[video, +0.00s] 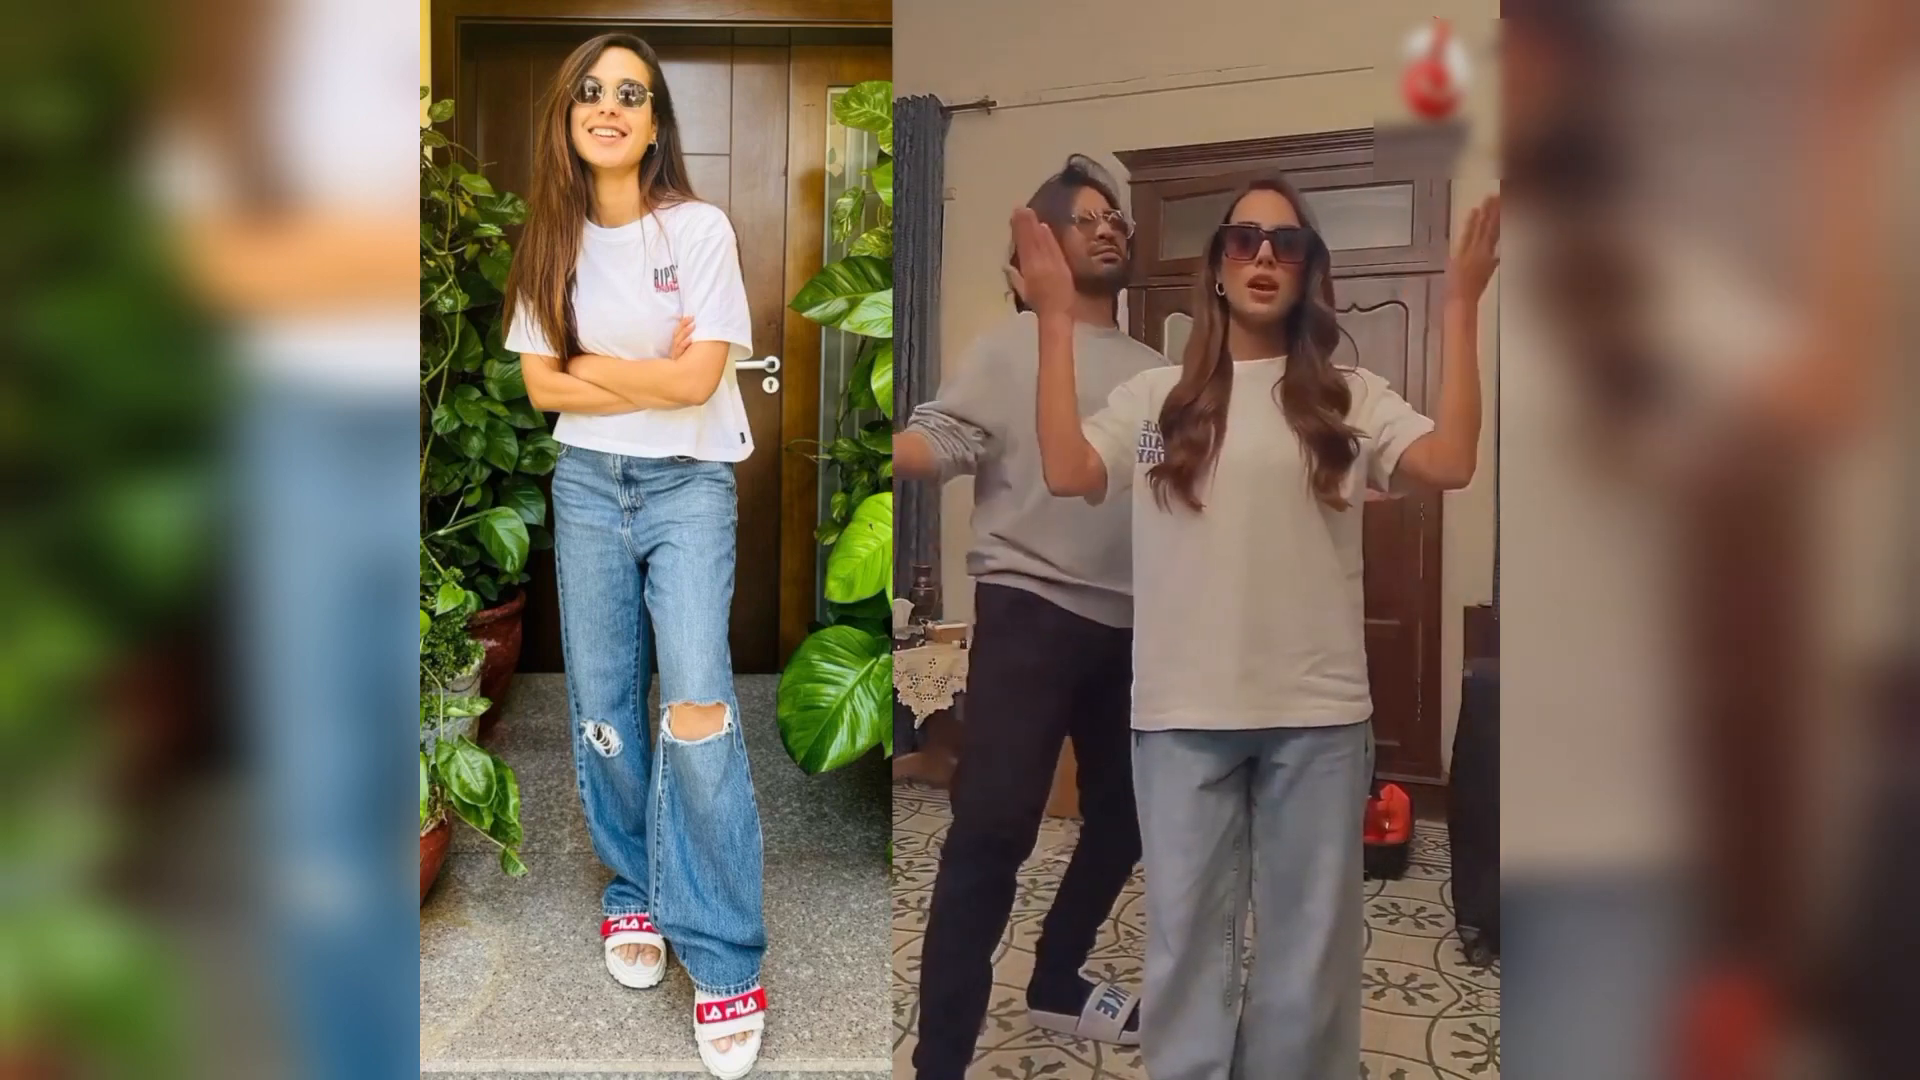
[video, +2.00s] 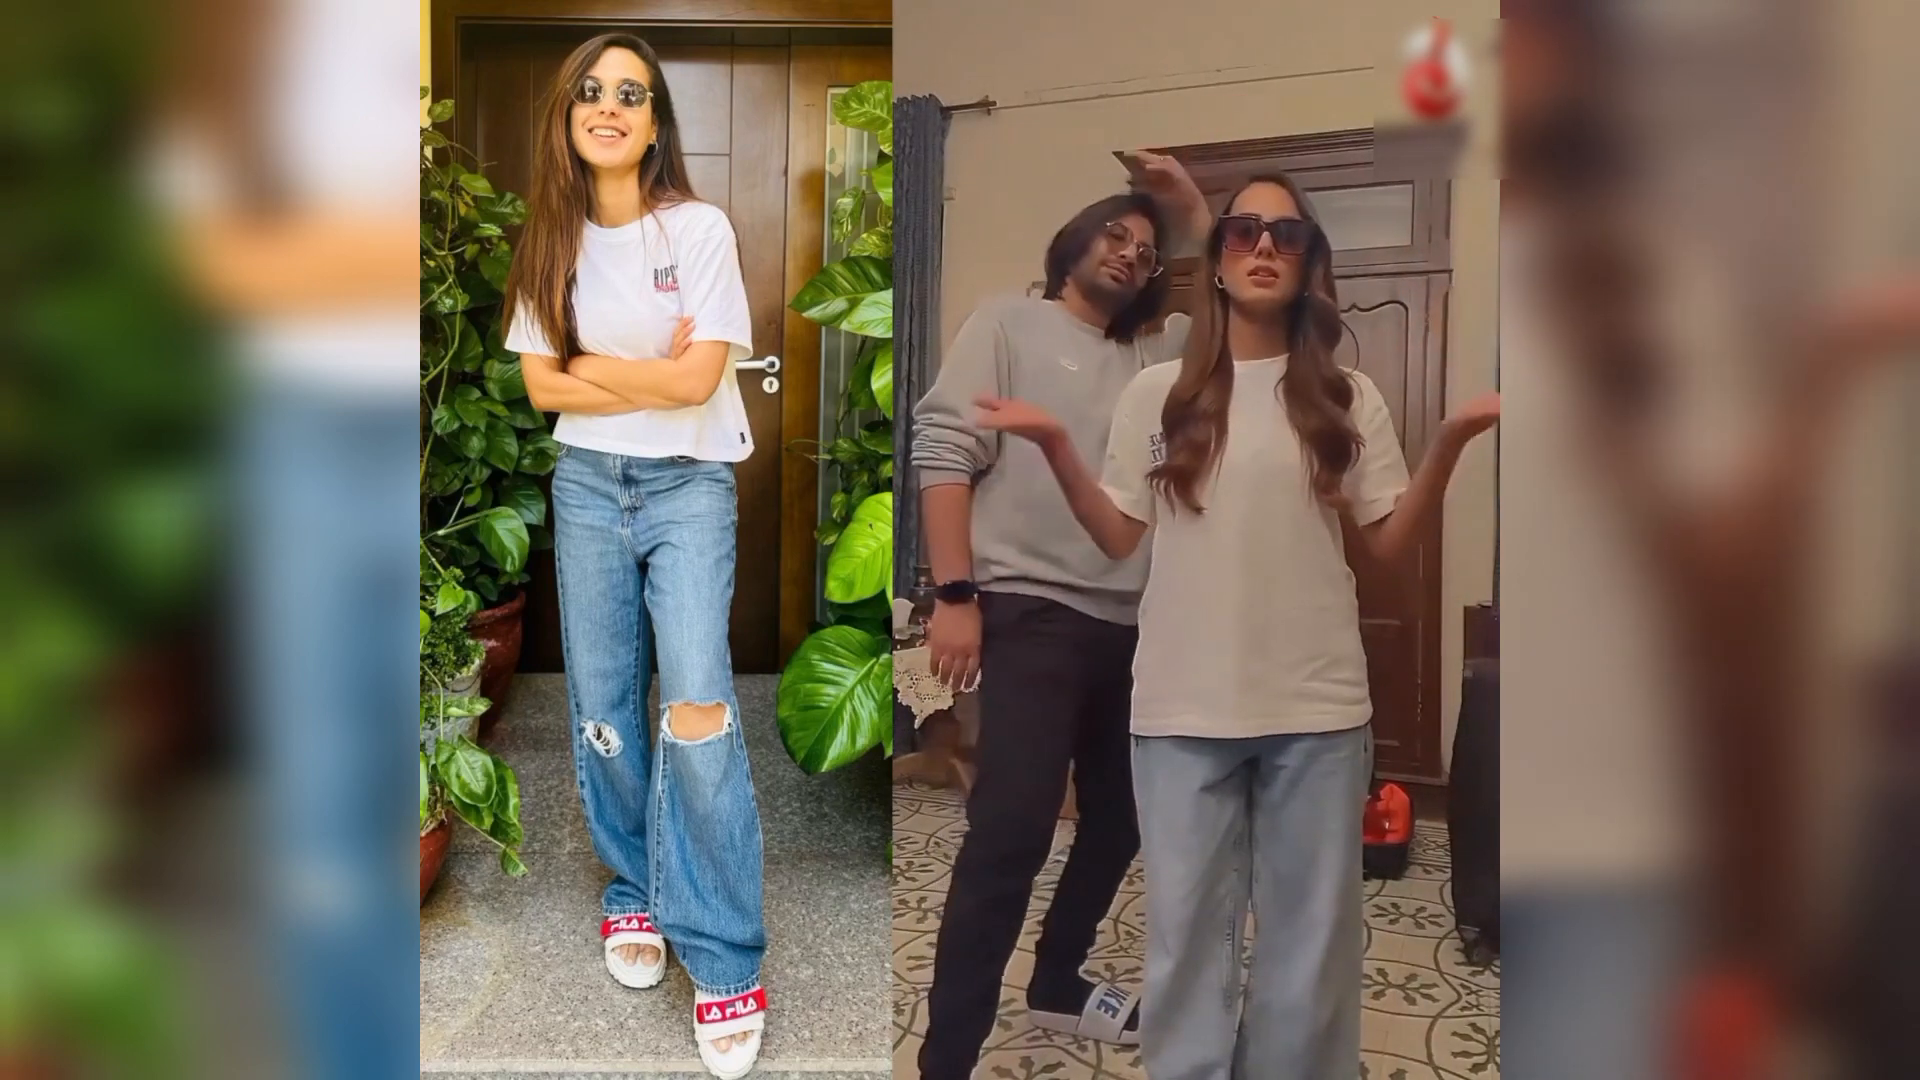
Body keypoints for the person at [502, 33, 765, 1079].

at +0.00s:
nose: (610, 111)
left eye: (629, 97)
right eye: (593, 95)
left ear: (656, 122)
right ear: (566, 117)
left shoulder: (699, 225)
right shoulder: (550, 239)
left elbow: (698, 378)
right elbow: (540, 385)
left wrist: (576, 362)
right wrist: (662, 378)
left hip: (689, 482)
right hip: (584, 484)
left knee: (695, 709)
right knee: (602, 708)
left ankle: (724, 955)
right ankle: (631, 890)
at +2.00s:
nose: (610, 111)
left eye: (630, 97)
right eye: (593, 95)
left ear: (656, 121)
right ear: (566, 117)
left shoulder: (699, 226)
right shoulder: (549, 240)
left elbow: (698, 378)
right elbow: (540, 385)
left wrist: (576, 362)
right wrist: (662, 378)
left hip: (689, 482)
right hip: (584, 484)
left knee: (695, 708)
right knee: (603, 708)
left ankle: (724, 955)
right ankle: (631, 889)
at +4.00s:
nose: (610, 111)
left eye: (630, 98)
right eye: (593, 95)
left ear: (656, 121)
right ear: (566, 117)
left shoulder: (699, 226)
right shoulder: (549, 240)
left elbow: (698, 378)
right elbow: (540, 385)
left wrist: (576, 363)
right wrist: (662, 378)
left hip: (689, 482)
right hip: (584, 484)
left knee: (694, 709)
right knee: (602, 708)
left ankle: (724, 957)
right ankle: (631, 891)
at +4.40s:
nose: (610, 111)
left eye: (630, 98)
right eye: (593, 95)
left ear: (656, 121)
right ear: (566, 117)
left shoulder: (699, 226)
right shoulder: (549, 239)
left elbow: (698, 378)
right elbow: (540, 386)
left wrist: (576, 362)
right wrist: (662, 378)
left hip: (689, 482)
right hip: (584, 484)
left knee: (695, 707)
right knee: (603, 707)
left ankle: (724, 956)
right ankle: (632, 890)